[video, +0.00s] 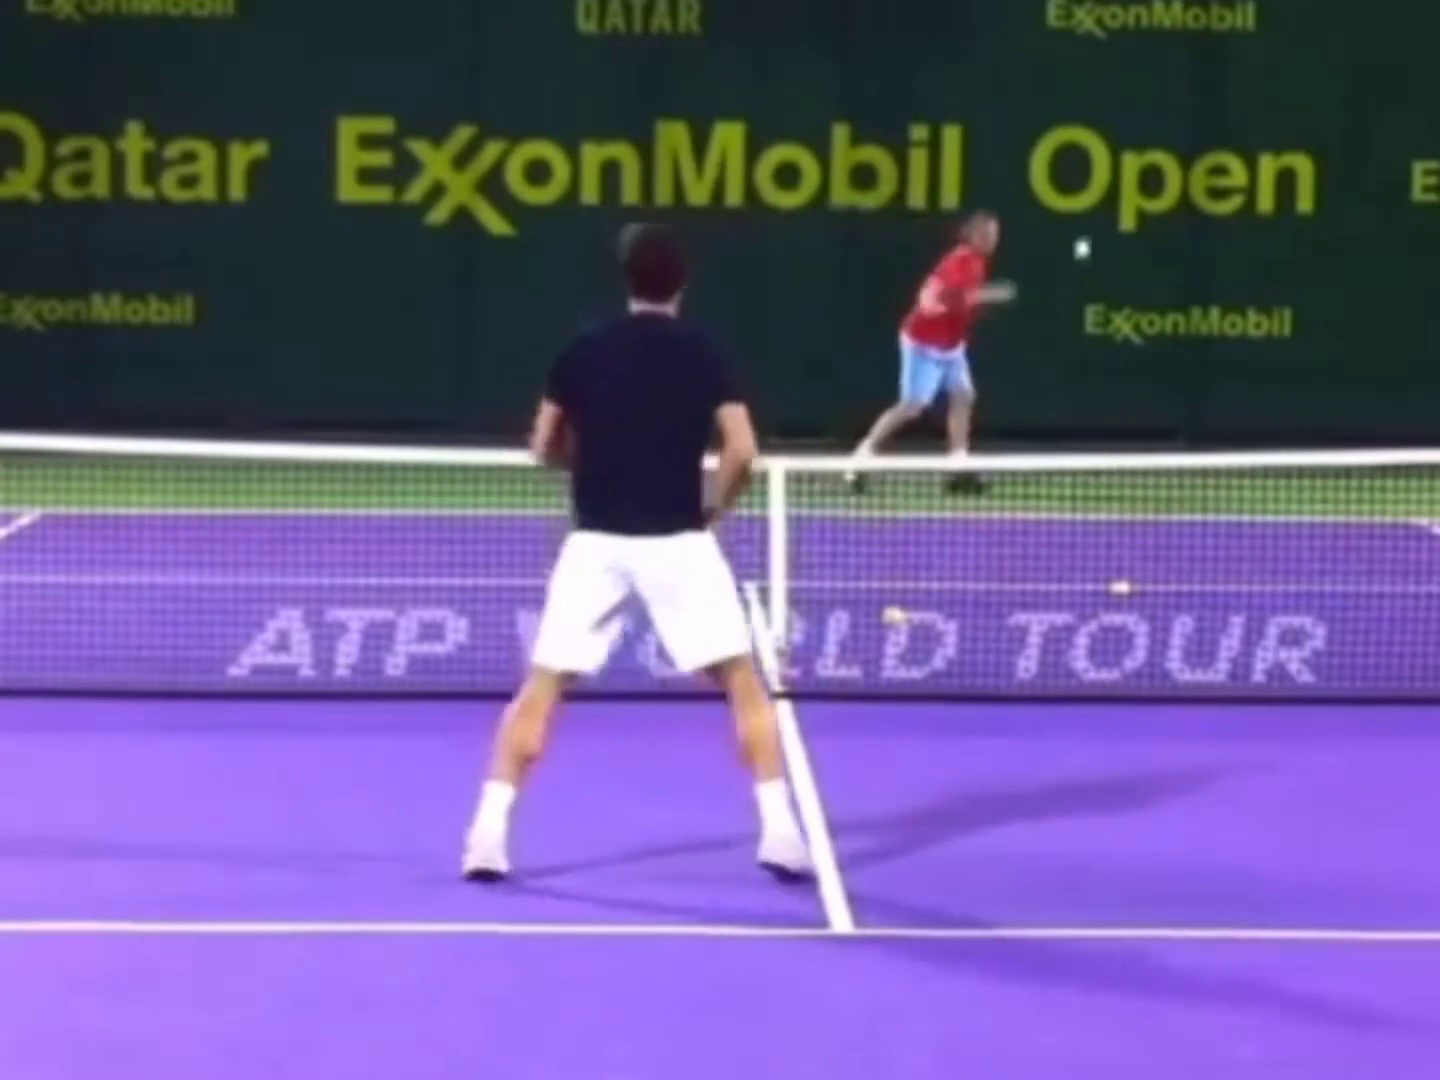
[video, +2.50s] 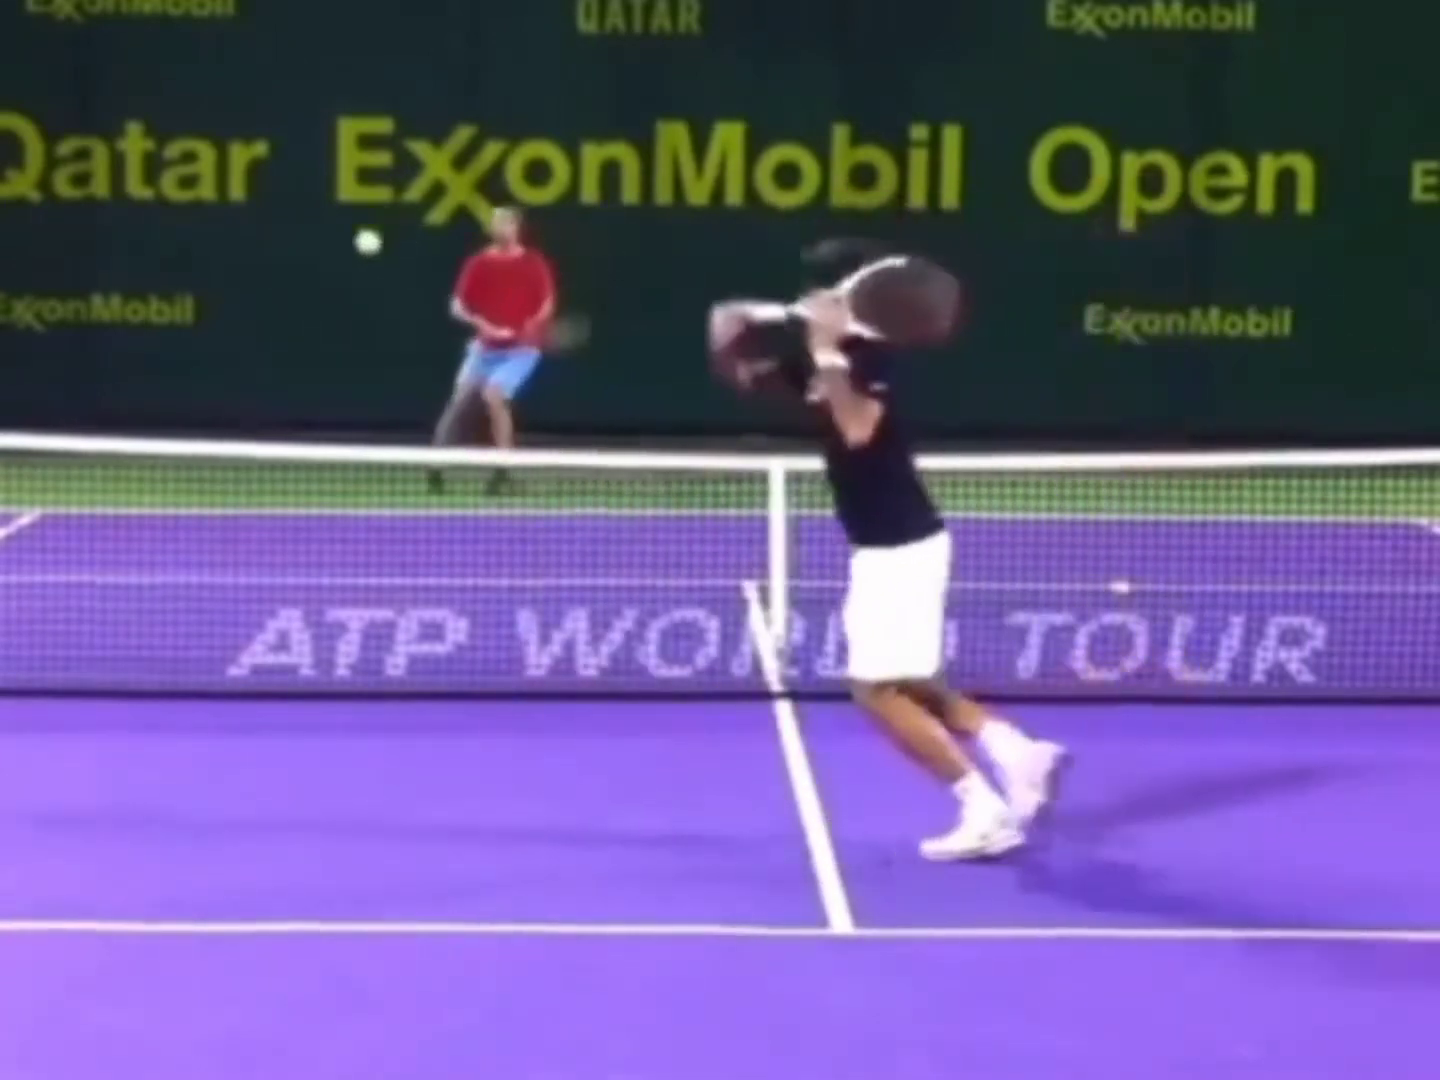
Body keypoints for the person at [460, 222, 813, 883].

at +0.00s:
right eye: (674, 279)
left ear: (624, 283)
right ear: (681, 285)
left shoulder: (587, 349)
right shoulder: (700, 352)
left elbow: (544, 442)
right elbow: (741, 449)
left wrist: (593, 458)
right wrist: (716, 502)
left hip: (594, 543)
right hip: (678, 545)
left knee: (543, 683)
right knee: (742, 680)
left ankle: (490, 825)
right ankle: (778, 827)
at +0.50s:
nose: (859, 289)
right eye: (860, 280)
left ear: (801, 285)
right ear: (859, 289)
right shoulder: (838, 354)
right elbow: (873, 457)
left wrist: (935, 462)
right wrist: (957, 473)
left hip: (749, 539)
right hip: (820, 542)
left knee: (740, 686)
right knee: (866, 682)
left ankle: (670, 816)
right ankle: (838, 830)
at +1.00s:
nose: (1070, 341)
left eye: (1068, 329)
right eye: (1068, 332)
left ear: (1007, 326)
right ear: (1055, 337)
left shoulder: (961, 378)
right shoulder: (1045, 402)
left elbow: (905, 440)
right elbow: (1107, 459)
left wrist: (892, 473)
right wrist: (1177, 463)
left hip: (938, 560)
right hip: (988, 569)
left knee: (1034, 655)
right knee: (985, 706)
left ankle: (1033, 797)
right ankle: (866, 791)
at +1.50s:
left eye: (1092, 266)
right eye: (1121, 268)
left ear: (1075, 275)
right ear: (1132, 277)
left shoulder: (1037, 339)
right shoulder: (1152, 350)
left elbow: (996, 422)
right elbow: (1179, 454)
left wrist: (1023, 414)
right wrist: (1144, 468)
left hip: (1043, 521)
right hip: (1119, 526)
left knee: (1041, 651)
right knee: (1160, 662)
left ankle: (1032, 797)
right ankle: (1185, 800)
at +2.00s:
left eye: (1082, 274)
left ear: (1077, 279)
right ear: (1134, 281)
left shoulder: (1049, 342)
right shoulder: (1166, 350)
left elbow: (1018, 433)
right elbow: (1202, 452)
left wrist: (1057, 455)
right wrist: (1169, 488)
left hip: (1057, 527)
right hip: (1140, 530)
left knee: (1004, 662)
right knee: (1176, 669)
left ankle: (970, 808)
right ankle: (1199, 813)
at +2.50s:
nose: (817, 312)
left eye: (823, 306)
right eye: (818, 305)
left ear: (839, 320)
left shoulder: (867, 368)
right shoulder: (834, 372)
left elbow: (858, 427)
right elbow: (786, 387)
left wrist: (825, 349)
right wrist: (750, 355)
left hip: (900, 547)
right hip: (896, 544)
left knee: (874, 688)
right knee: (908, 678)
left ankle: (981, 803)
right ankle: (1017, 751)